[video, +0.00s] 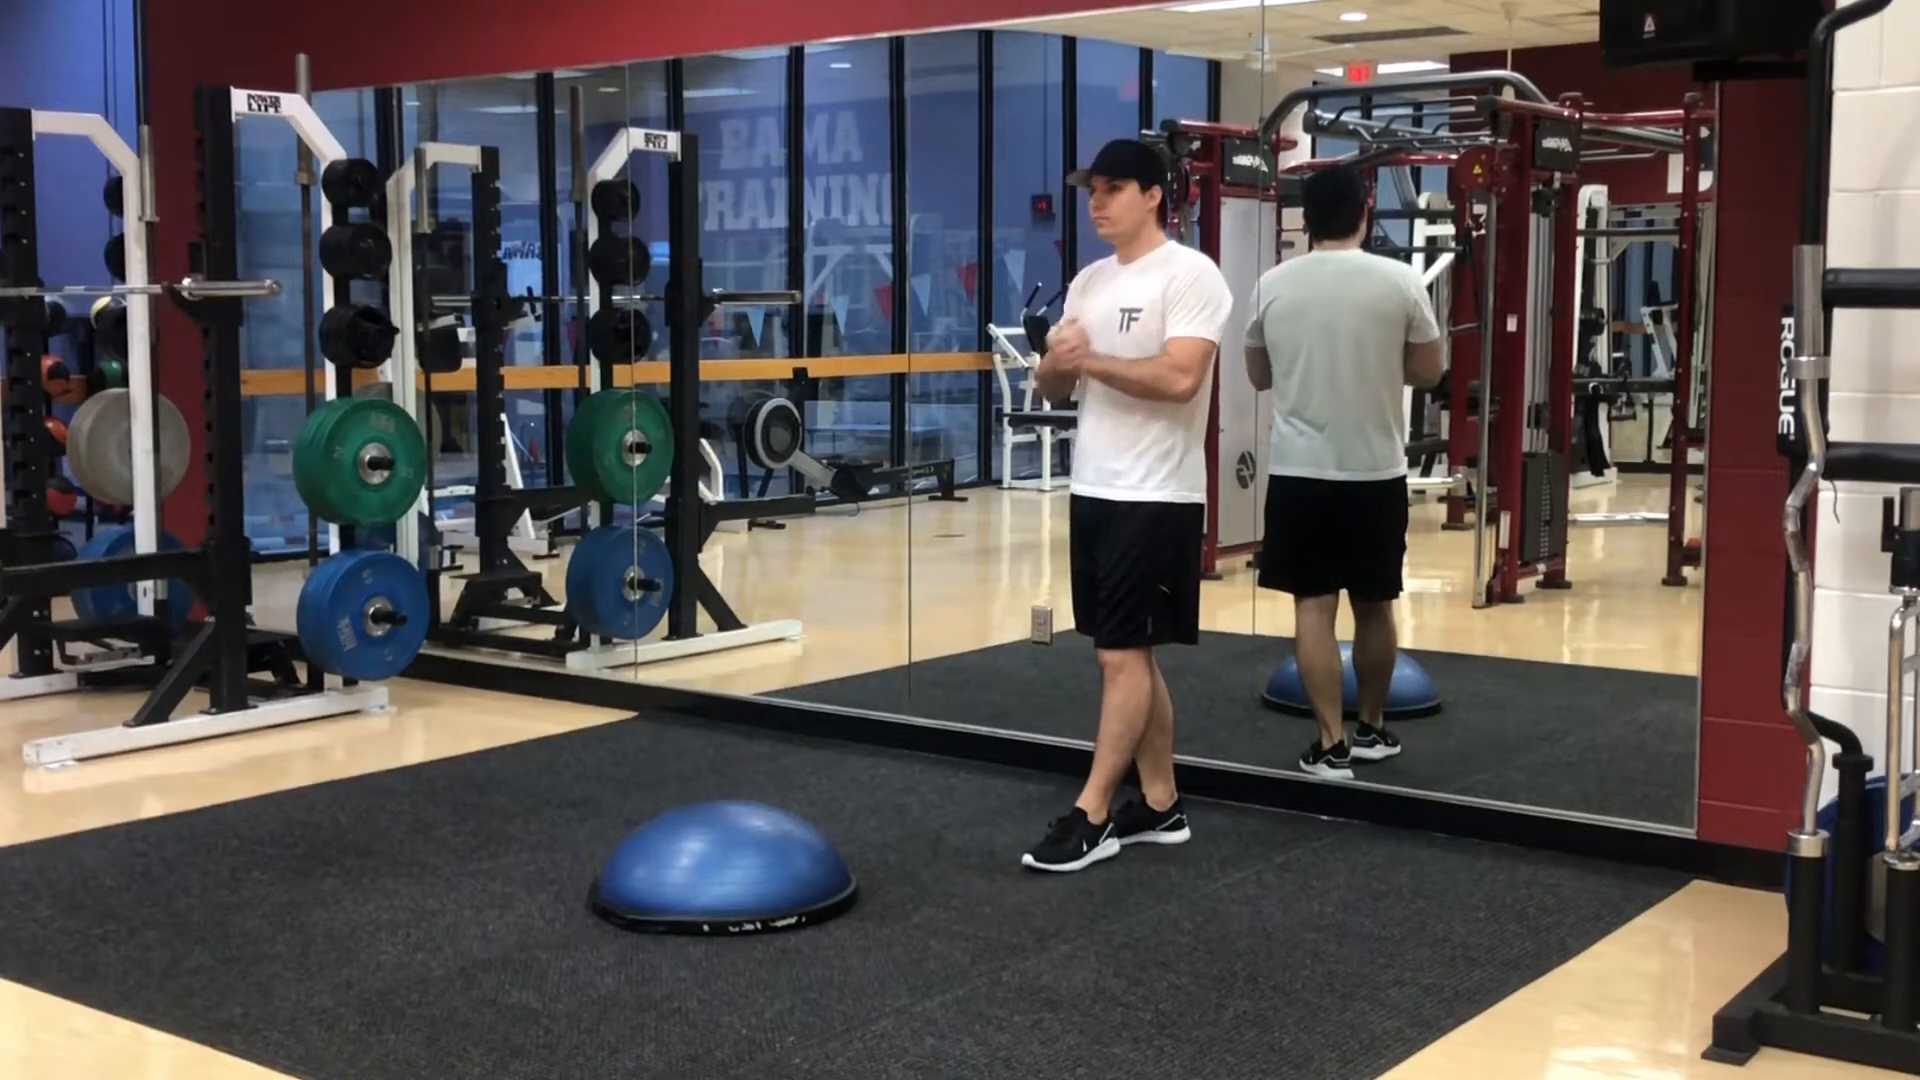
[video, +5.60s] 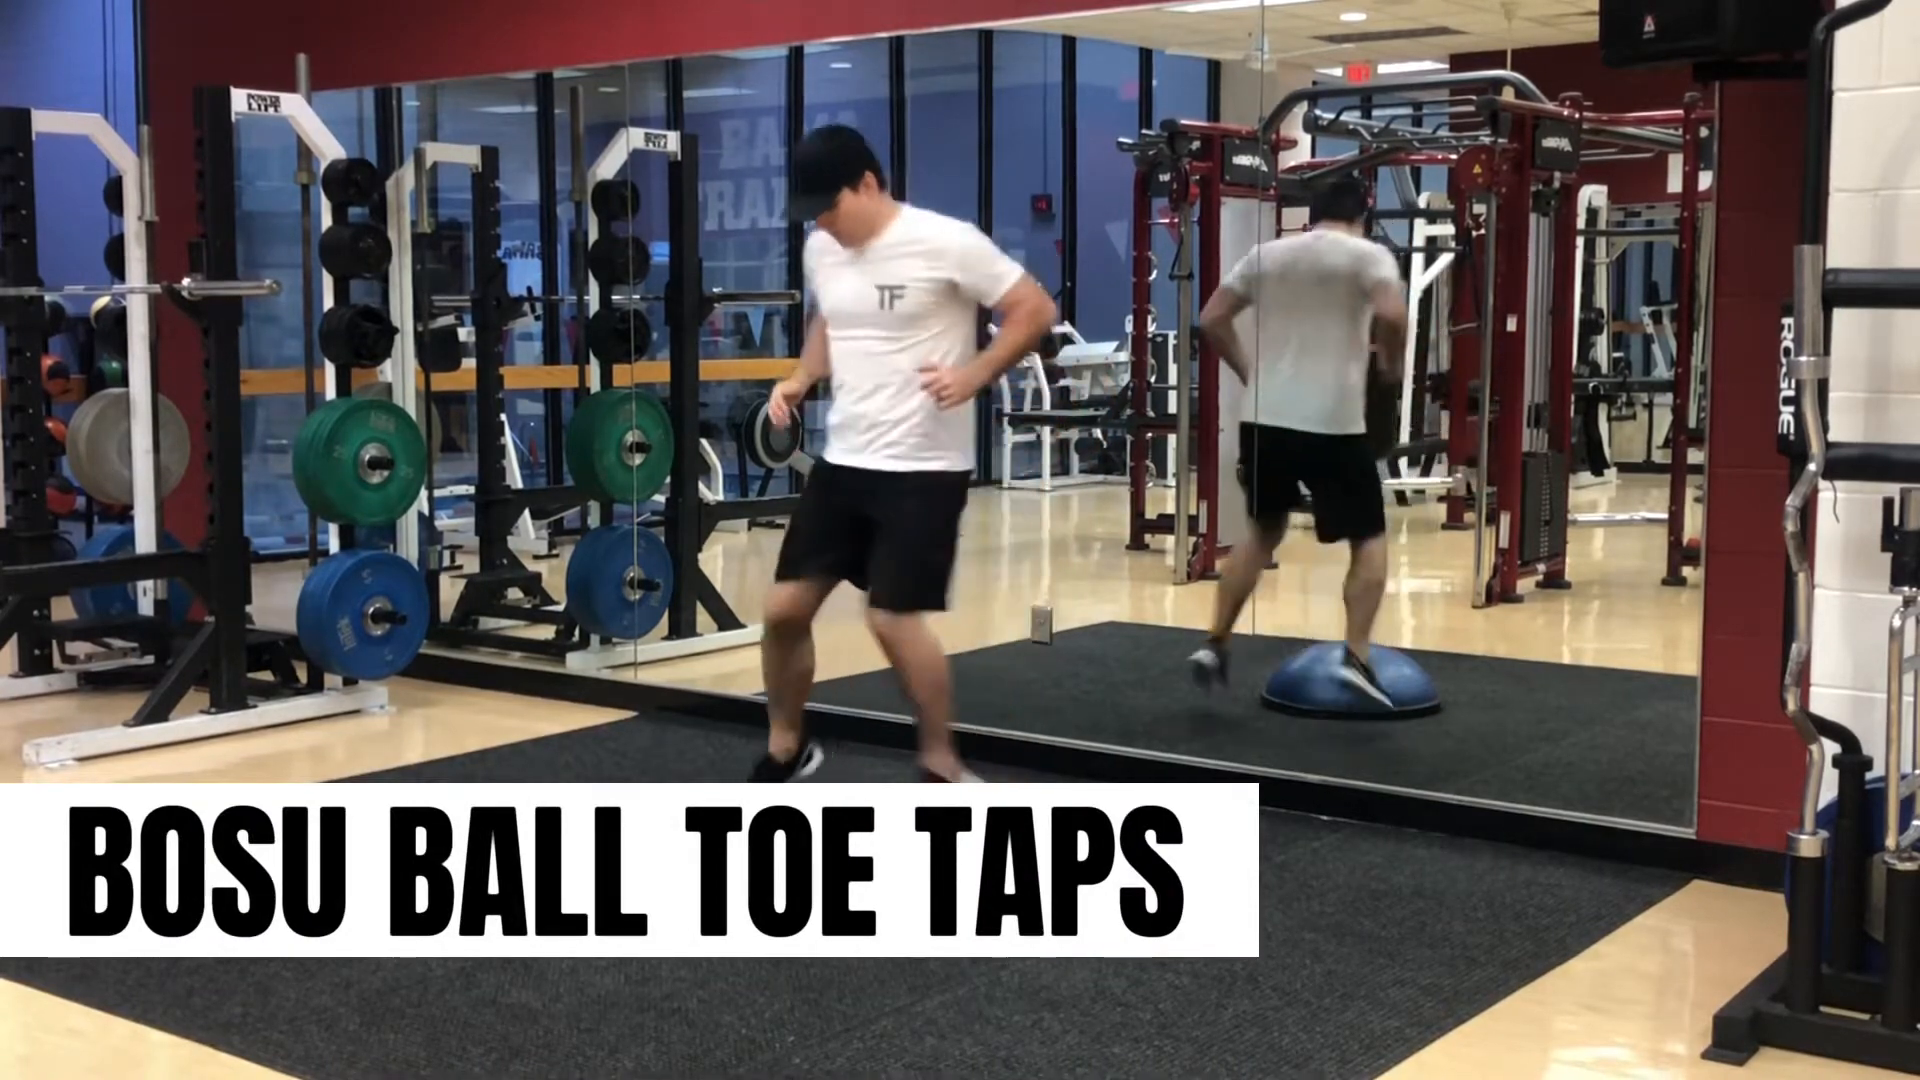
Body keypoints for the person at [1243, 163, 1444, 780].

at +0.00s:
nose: (1370, 215)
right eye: (1369, 207)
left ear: (1306, 217)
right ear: (1366, 213)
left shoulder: (1274, 285)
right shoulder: (1400, 281)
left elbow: (1260, 374)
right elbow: (1427, 370)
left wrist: (1315, 347)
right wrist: (1371, 353)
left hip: (1299, 474)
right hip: (1376, 474)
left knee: (1314, 606)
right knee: (1374, 604)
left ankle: (1331, 744)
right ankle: (1370, 727)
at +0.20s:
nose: (1369, 218)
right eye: (1369, 209)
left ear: (1309, 218)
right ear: (1367, 214)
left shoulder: (1275, 285)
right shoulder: (1400, 282)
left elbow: (1266, 384)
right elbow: (1420, 381)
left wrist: (1320, 399)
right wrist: (1392, 419)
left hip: (1300, 474)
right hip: (1377, 474)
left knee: (1314, 606)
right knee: (1375, 604)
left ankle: (1331, 745)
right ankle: (1370, 727)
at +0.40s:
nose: (1372, 229)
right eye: (1373, 221)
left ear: (1312, 225)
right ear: (1368, 222)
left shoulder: (1275, 287)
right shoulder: (1402, 283)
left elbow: (1248, 387)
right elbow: (1438, 380)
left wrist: (1246, 457)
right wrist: (1464, 459)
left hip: (1300, 476)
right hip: (1380, 476)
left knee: (1315, 607)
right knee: (1376, 603)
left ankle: (1331, 744)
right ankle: (1371, 728)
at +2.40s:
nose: (1428, 244)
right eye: (1432, 237)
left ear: (1376, 232)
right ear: (1430, 235)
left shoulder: (1334, 277)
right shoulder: (1451, 282)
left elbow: (1294, 366)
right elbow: (1475, 381)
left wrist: (1288, 435)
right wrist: (1484, 452)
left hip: (1334, 462)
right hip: (1407, 468)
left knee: (1332, 577)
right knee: (1390, 596)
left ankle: (1316, 704)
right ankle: (1370, 722)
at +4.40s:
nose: (1419, 246)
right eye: (1426, 239)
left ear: (1375, 234)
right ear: (1425, 238)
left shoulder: (1332, 277)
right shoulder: (1451, 280)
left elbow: (1290, 366)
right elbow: (1474, 372)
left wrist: (1285, 436)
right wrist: (1478, 444)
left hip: (1330, 447)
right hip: (1404, 458)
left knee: (1344, 528)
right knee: (1388, 589)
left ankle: (1327, 638)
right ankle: (1369, 717)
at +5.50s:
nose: (1380, 246)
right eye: (1382, 238)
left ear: (1331, 230)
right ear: (1377, 235)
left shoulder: (1286, 271)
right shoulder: (1395, 276)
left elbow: (1230, 338)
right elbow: (1436, 340)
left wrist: (1253, 375)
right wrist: (1433, 381)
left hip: (1280, 440)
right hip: (1352, 447)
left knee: (1291, 521)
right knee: (1366, 578)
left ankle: (1262, 629)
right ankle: (1368, 706)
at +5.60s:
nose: (1365, 228)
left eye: (1359, 222)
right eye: (1365, 221)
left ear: (1312, 215)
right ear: (1361, 218)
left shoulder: (1265, 254)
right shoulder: (1371, 255)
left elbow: (1212, 321)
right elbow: (1392, 315)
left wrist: (1251, 373)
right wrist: (1390, 362)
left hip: (1267, 420)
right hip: (1335, 425)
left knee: (1261, 534)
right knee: (1370, 543)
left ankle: (1215, 644)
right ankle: (1356, 659)